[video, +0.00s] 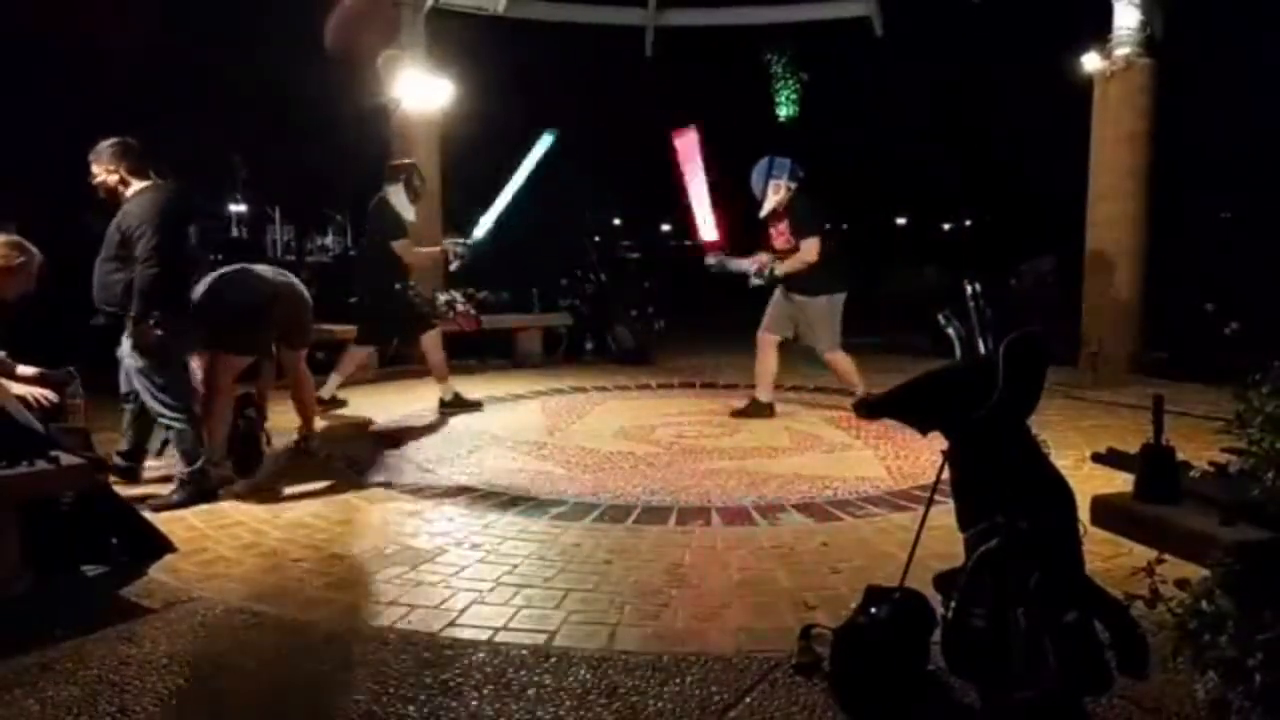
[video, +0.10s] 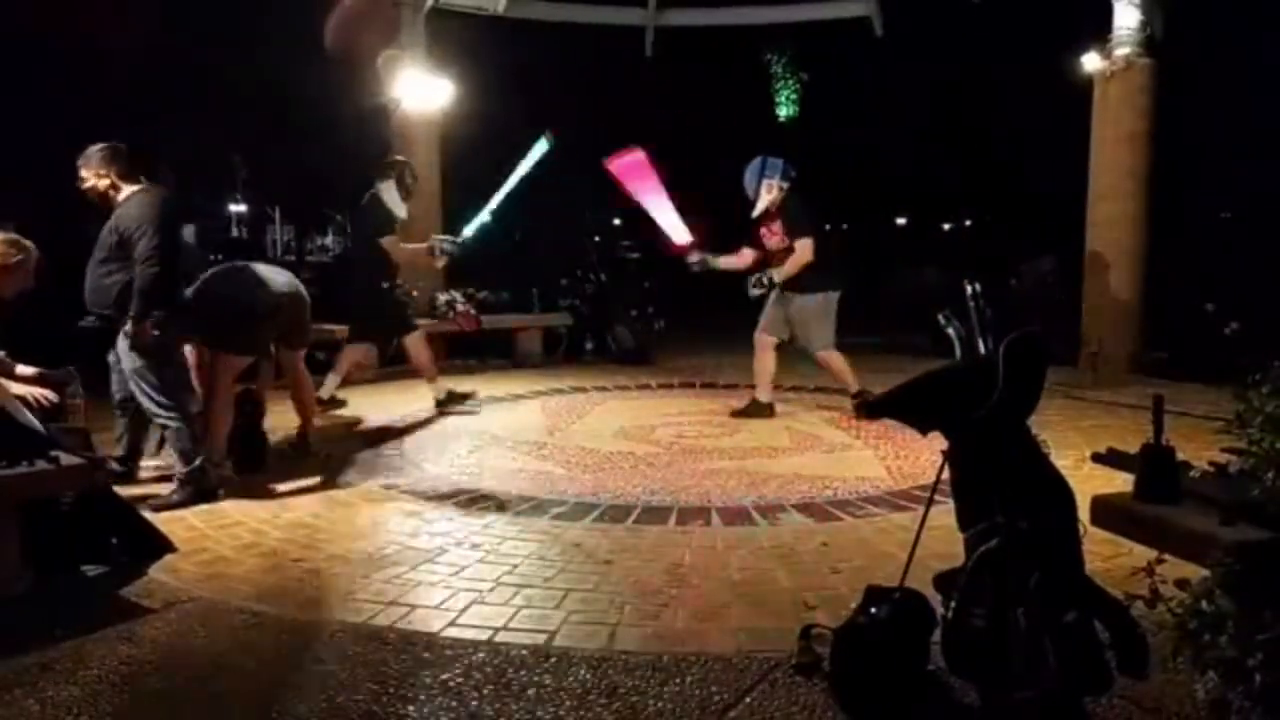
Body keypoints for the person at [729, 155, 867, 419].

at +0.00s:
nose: (767, 195)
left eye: (771, 188)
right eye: (765, 189)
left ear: (783, 186)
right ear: (765, 187)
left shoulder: (804, 209)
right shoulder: (773, 213)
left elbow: (810, 254)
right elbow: (776, 253)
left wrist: (777, 268)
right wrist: (746, 263)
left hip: (822, 292)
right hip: (789, 289)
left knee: (829, 352)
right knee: (767, 338)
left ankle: (862, 394)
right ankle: (763, 401)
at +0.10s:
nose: (759, 193)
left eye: (764, 186)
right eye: (757, 187)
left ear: (776, 185)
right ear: (759, 187)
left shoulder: (796, 208)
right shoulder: (762, 219)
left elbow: (805, 254)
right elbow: (745, 259)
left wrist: (772, 276)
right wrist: (710, 261)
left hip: (817, 288)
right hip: (785, 288)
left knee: (822, 349)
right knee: (764, 338)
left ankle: (857, 394)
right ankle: (762, 401)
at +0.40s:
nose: (771, 191)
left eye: (776, 184)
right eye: (767, 185)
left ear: (788, 182)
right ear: (760, 184)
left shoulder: (804, 208)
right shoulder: (763, 215)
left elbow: (821, 252)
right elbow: (747, 250)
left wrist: (797, 279)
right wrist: (718, 276)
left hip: (816, 285)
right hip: (783, 285)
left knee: (816, 345)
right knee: (763, 340)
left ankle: (845, 412)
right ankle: (761, 401)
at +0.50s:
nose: (784, 189)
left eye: (790, 182)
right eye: (781, 183)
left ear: (802, 180)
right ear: (776, 182)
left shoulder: (821, 208)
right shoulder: (778, 215)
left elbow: (835, 254)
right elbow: (770, 258)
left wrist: (805, 282)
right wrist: (751, 292)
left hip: (825, 286)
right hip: (790, 287)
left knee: (817, 348)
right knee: (773, 340)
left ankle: (847, 414)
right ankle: (763, 400)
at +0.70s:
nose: (805, 181)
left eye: (810, 173)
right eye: (801, 174)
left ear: (823, 171)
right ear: (795, 173)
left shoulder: (839, 200)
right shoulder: (800, 205)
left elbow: (853, 246)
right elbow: (800, 247)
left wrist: (824, 280)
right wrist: (793, 286)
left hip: (843, 280)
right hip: (810, 281)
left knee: (832, 345)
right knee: (795, 337)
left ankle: (845, 412)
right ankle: (798, 402)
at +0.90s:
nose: (813, 175)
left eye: (819, 168)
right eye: (811, 168)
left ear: (832, 168)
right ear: (808, 169)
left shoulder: (848, 198)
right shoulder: (812, 202)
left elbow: (869, 241)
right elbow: (811, 244)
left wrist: (854, 279)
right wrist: (801, 282)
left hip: (849, 285)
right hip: (820, 286)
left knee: (842, 345)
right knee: (807, 335)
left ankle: (849, 411)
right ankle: (826, 395)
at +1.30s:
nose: (836, 177)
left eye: (842, 171)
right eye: (833, 170)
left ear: (854, 172)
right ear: (826, 170)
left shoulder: (865, 199)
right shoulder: (830, 203)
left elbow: (888, 238)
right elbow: (831, 242)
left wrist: (872, 274)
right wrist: (818, 275)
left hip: (866, 280)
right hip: (842, 281)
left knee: (867, 338)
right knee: (840, 335)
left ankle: (884, 400)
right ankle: (847, 397)